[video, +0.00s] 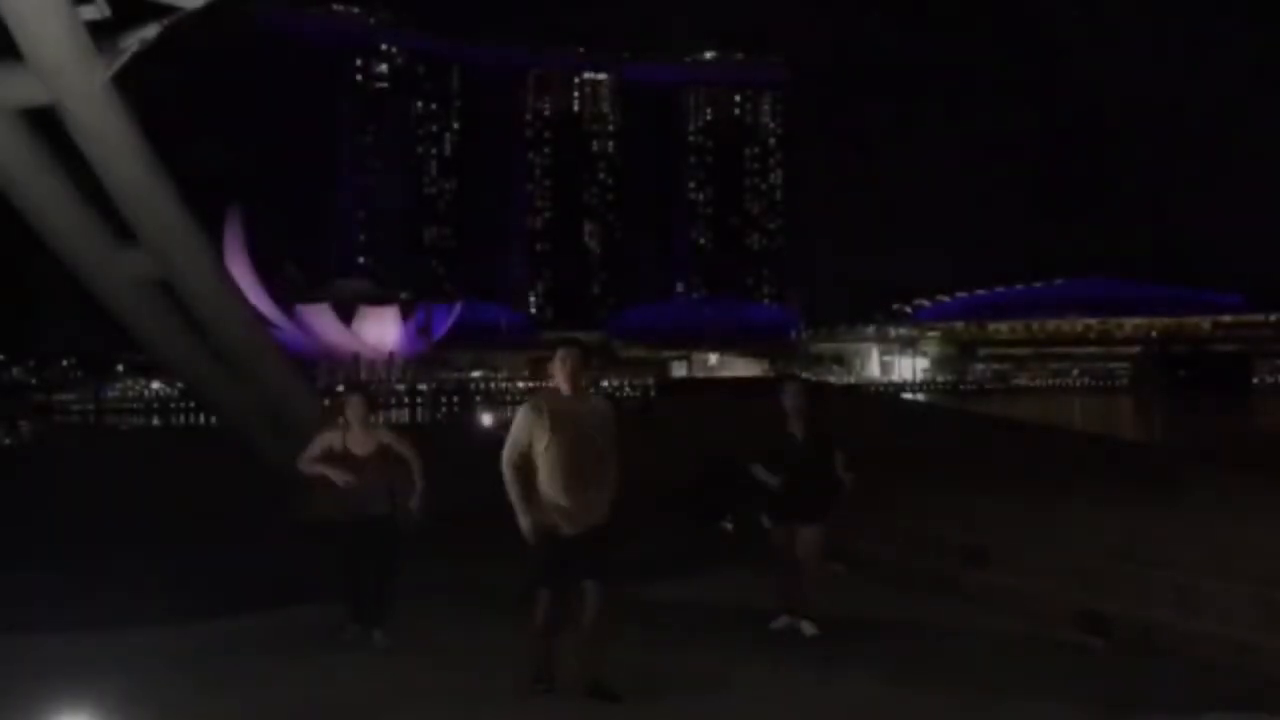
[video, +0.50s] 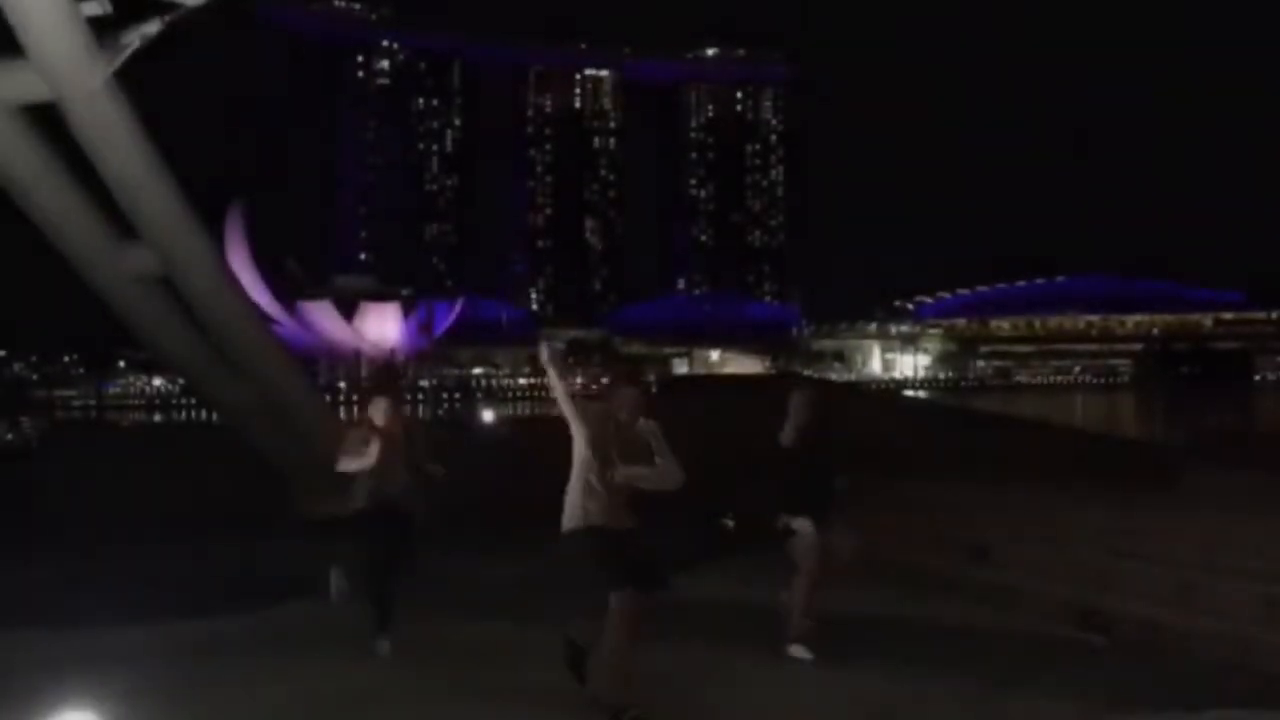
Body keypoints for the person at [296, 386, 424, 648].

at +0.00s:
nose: (354, 412)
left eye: (359, 407)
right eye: (350, 407)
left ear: (368, 411)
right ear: (343, 411)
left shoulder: (381, 435)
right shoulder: (333, 437)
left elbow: (412, 459)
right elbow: (304, 463)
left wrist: (416, 493)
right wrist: (332, 473)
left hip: (380, 511)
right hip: (346, 512)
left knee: (381, 569)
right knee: (351, 570)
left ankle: (379, 625)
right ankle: (354, 623)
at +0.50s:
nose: (382, 414)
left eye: (388, 408)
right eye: (377, 408)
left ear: (395, 409)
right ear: (368, 408)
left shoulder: (405, 434)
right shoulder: (359, 434)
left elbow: (418, 467)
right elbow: (344, 464)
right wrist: (370, 454)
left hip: (399, 508)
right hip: (367, 508)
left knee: (392, 570)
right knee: (375, 570)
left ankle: (386, 629)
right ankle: (381, 630)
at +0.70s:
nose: (400, 442)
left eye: (402, 436)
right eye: (395, 436)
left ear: (404, 440)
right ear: (386, 438)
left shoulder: (403, 464)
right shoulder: (378, 463)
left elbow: (402, 429)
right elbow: (380, 425)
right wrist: (390, 390)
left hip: (404, 526)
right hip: (380, 528)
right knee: (389, 586)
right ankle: (384, 638)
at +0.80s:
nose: (400, 424)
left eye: (404, 419)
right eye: (395, 418)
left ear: (408, 421)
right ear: (386, 421)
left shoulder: (411, 448)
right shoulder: (379, 447)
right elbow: (394, 440)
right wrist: (412, 415)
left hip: (410, 517)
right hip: (384, 518)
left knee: (408, 578)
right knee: (387, 580)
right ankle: (383, 635)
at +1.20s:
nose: (397, 411)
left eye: (401, 406)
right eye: (396, 406)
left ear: (417, 410)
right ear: (397, 410)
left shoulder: (434, 433)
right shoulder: (392, 431)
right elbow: (362, 428)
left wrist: (444, 433)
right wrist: (350, 470)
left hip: (425, 510)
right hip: (395, 508)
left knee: (427, 567)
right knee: (391, 566)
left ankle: (429, 625)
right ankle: (392, 621)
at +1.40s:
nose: (374, 409)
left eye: (378, 403)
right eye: (374, 403)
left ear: (393, 404)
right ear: (388, 405)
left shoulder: (419, 424)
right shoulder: (388, 433)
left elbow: (464, 429)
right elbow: (387, 467)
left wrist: (460, 470)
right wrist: (386, 499)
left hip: (429, 498)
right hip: (404, 500)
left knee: (399, 553)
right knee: (410, 556)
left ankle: (387, 613)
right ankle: (429, 613)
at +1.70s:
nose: (376, 412)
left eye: (380, 406)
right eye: (372, 407)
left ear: (393, 405)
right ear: (370, 410)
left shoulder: (412, 423)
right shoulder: (385, 435)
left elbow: (456, 415)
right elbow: (379, 460)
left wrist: (485, 444)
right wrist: (376, 471)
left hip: (433, 497)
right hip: (409, 499)